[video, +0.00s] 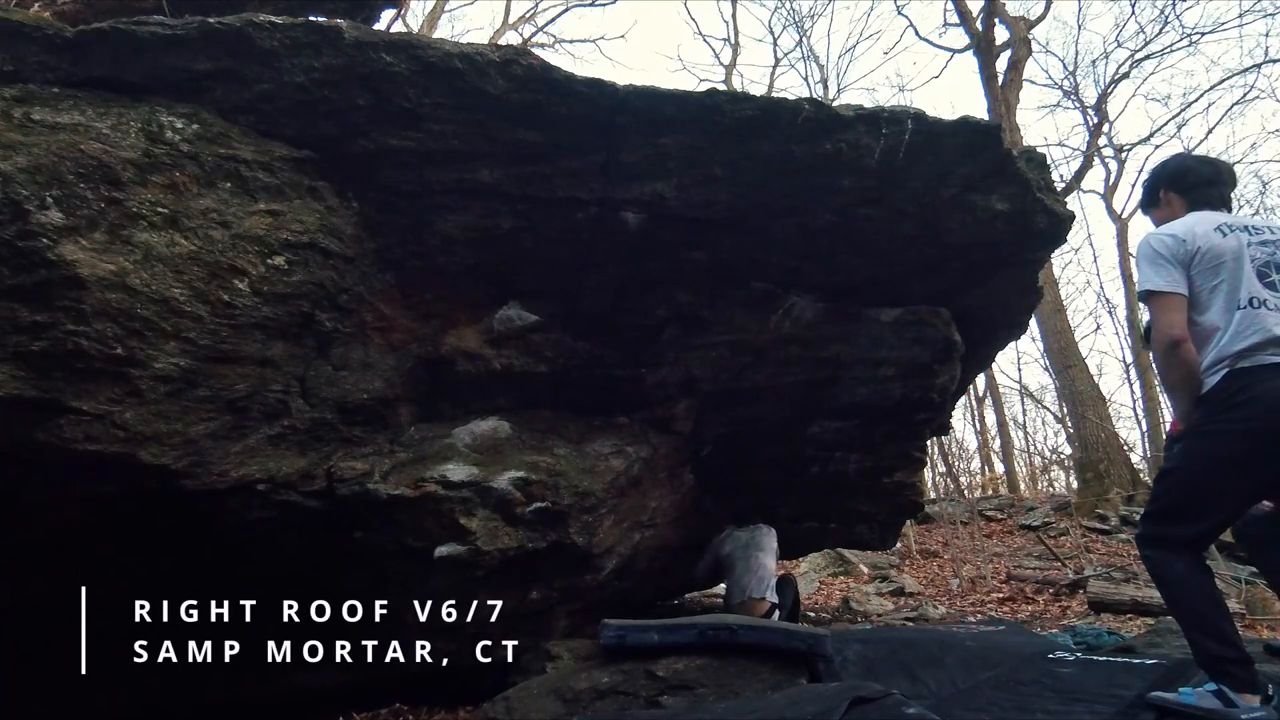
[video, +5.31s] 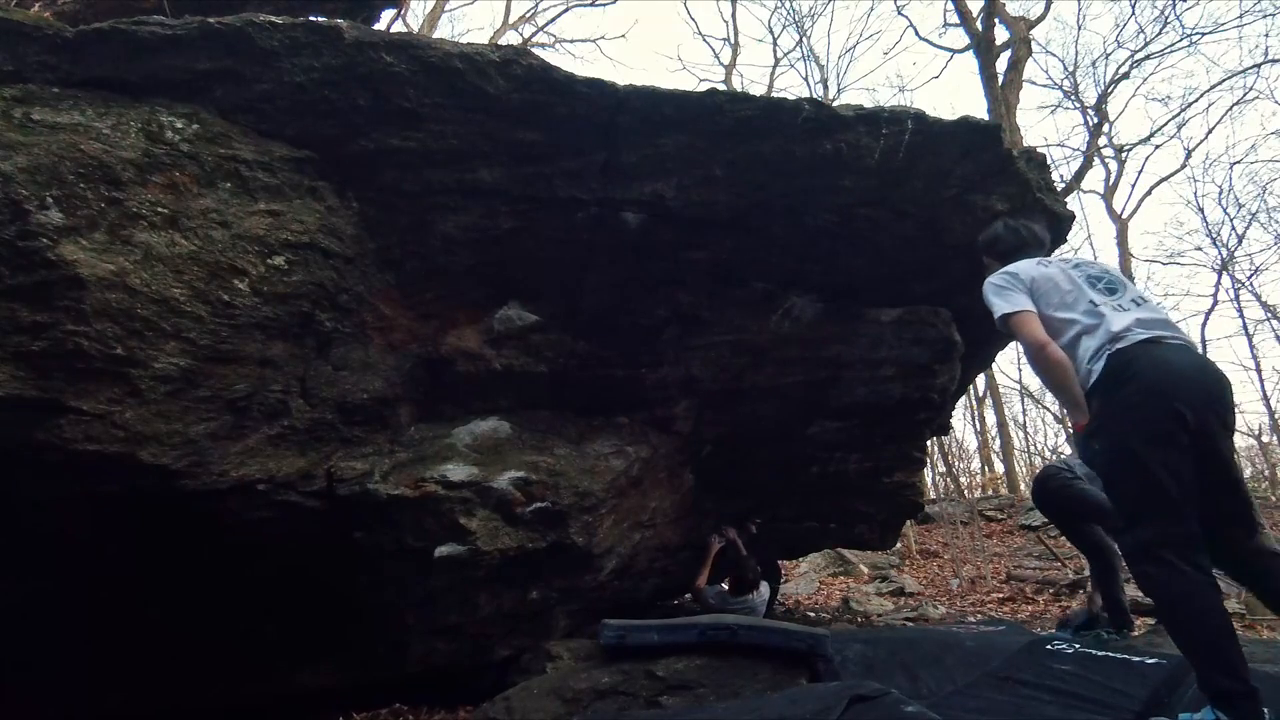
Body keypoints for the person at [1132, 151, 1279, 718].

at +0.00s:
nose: (1153, 220)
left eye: (1154, 210)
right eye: (1152, 212)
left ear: (1170, 201)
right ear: (1222, 197)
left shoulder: (1167, 238)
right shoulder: (1267, 228)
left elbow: (1172, 338)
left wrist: (1186, 415)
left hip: (1249, 393)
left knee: (1166, 536)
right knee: (1253, 523)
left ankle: (1235, 684)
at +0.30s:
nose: (1148, 224)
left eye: (1146, 215)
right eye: (1145, 216)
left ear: (1163, 205)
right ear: (1215, 200)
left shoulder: (1162, 241)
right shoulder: (1265, 231)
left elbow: (1170, 343)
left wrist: (1186, 420)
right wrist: (1140, 350)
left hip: (1247, 392)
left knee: (1166, 537)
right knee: (1232, 523)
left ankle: (1236, 684)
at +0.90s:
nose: (1148, 226)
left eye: (1146, 217)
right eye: (1145, 218)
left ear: (1161, 210)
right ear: (1214, 203)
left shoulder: (1162, 244)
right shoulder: (1265, 233)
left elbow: (1171, 344)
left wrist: (1188, 421)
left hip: (1254, 394)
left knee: (1165, 533)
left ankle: (1237, 685)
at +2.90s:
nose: (1146, 224)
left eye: (1149, 211)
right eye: (1141, 218)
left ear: (1190, 193)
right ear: (1202, 198)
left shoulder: (1191, 234)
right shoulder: (1264, 237)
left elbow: (1199, 336)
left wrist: (1191, 413)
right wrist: (1198, 410)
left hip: (1257, 396)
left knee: (1163, 535)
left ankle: (1235, 684)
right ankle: (1238, 681)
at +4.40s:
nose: (1106, 253)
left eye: (1101, 242)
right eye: (1099, 245)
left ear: (1111, 229)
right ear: (1157, 214)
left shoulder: (1141, 241)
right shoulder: (1225, 247)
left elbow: (1176, 324)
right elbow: (1268, 300)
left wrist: (1175, 410)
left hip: (1245, 382)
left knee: (1161, 532)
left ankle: (1237, 686)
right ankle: (1243, 684)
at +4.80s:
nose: (1041, 275)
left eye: (1039, 265)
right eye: (1036, 267)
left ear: (1050, 257)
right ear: (1095, 243)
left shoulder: (1075, 267)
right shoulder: (1150, 271)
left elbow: (1120, 339)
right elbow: (1212, 329)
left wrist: (1133, 417)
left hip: (1192, 397)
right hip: (1261, 388)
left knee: (1151, 545)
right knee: (1275, 542)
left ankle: (1239, 697)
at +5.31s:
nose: (987, 274)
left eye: (986, 267)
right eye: (985, 269)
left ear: (994, 262)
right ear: (1042, 248)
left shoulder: (1004, 277)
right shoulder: (1092, 267)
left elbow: (1039, 343)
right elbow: (1149, 319)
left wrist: (1078, 413)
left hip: (1133, 380)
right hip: (1200, 370)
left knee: (1164, 556)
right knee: (1235, 539)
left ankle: (1235, 705)